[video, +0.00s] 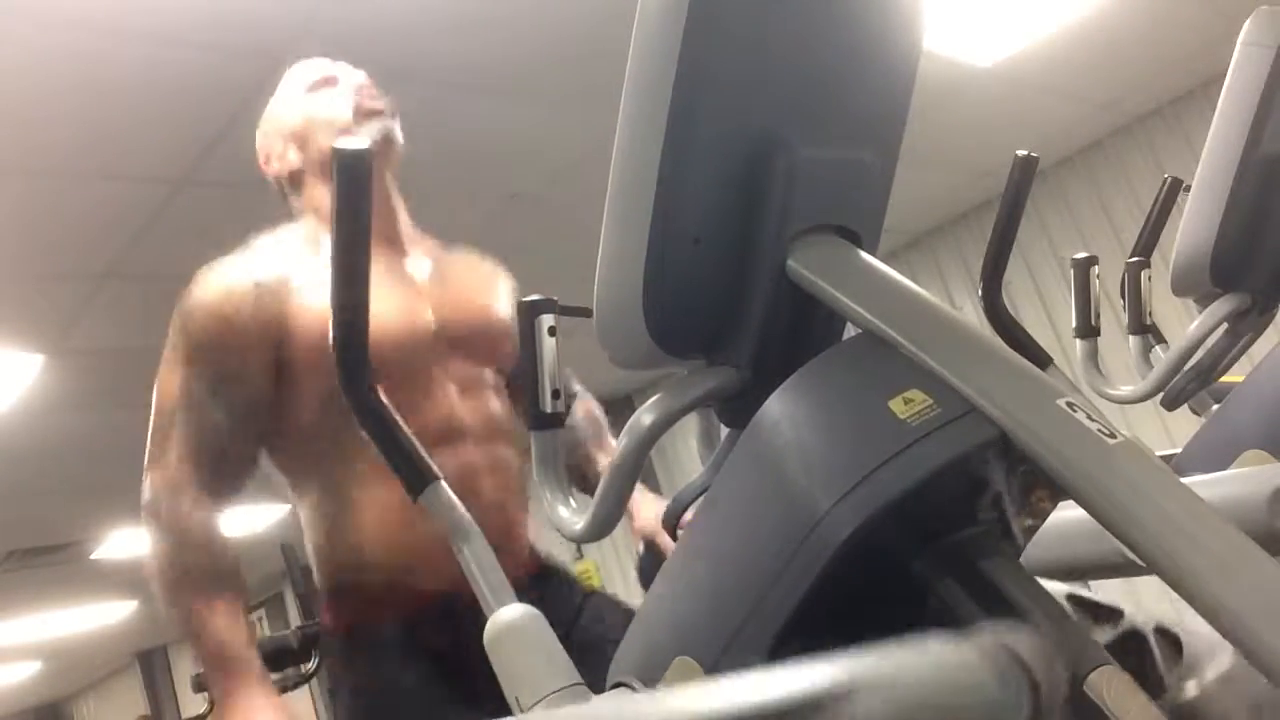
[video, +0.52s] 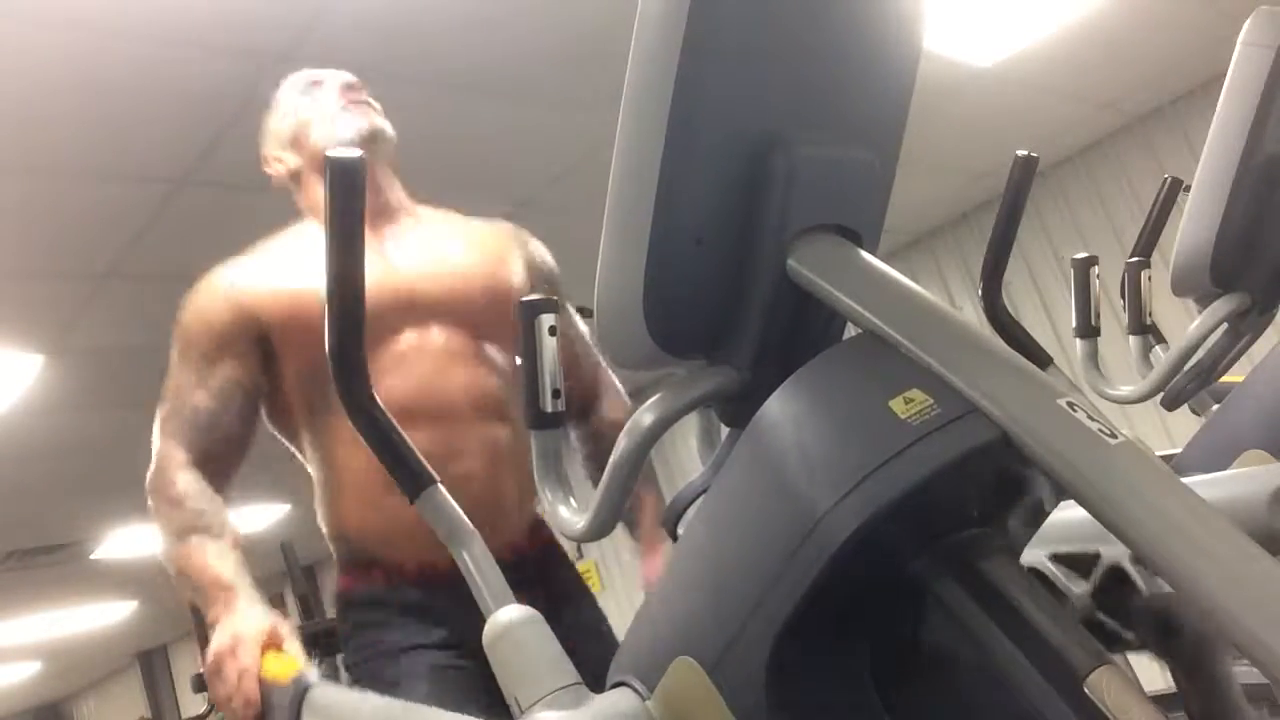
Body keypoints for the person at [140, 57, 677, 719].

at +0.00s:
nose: (362, 85)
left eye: (368, 79)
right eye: (321, 83)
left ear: (391, 123)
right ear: (276, 156)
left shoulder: (479, 275)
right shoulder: (242, 292)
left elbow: (561, 400)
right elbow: (178, 501)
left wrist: (635, 496)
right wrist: (241, 688)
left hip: (542, 605)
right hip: (390, 641)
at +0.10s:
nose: (370, 75)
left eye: (377, 73)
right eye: (331, 72)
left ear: (400, 119)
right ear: (288, 138)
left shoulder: (500, 258)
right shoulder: (246, 273)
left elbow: (579, 397)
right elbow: (175, 458)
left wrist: (646, 528)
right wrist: (230, 638)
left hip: (540, 574)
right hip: (393, 606)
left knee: (675, 705)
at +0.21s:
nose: (382, 107)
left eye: (392, 104)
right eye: (347, 105)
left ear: (422, 145)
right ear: (313, 175)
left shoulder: (523, 285)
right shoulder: (262, 307)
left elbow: (612, 438)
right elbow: (175, 474)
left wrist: (666, 584)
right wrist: (231, 602)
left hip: (546, 601)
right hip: (401, 625)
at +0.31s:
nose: (413, 152)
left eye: (423, 148)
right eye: (377, 151)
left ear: (445, 190)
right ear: (335, 221)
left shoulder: (554, 338)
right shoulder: (282, 359)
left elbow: (646, 523)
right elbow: (186, 511)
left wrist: (693, 654)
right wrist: (227, 574)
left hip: (556, 652)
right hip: (404, 670)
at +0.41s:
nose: (383, 131)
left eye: (392, 126)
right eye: (346, 132)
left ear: (423, 163)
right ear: (316, 200)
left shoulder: (537, 304)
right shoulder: (270, 334)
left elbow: (629, 480)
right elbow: (184, 496)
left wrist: (680, 619)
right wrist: (229, 573)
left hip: (553, 633)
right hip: (406, 655)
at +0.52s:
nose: (348, 87)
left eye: (358, 86)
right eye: (311, 90)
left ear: (387, 131)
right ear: (277, 159)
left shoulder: (507, 249)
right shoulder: (241, 291)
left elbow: (599, 401)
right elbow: (181, 471)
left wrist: (656, 539)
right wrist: (230, 608)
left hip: (542, 582)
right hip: (397, 608)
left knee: (634, 712)